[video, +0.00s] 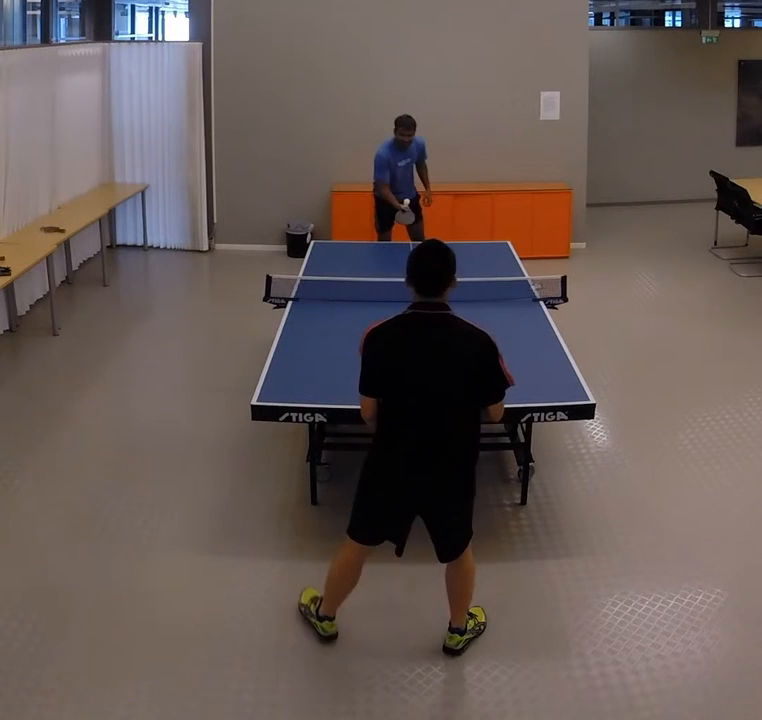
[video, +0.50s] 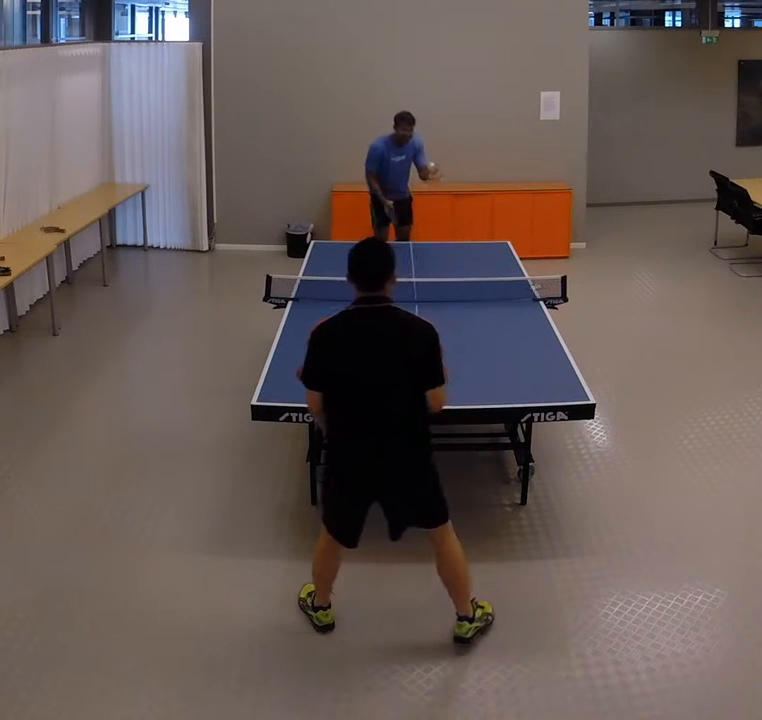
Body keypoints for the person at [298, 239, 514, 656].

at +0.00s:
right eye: (451, 275)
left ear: (409, 280)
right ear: (453, 281)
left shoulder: (380, 337)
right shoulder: (477, 342)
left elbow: (368, 411)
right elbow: (495, 411)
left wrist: (396, 427)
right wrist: (461, 394)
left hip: (390, 464)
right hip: (451, 467)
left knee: (357, 544)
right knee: (457, 550)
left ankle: (325, 615)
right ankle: (458, 628)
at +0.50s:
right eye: (391, 271)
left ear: (349, 278)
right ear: (392, 277)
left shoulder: (326, 333)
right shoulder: (419, 331)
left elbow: (315, 403)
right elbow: (436, 400)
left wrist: (340, 426)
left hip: (349, 454)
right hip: (408, 453)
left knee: (334, 533)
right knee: (441, 532)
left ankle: (320, 604)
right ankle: (467, 615)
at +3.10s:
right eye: (416, 301)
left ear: (377, 305)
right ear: (421, 306)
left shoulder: (345, 360)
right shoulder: (440, 370)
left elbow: (324, 428)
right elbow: (462, 441)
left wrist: (335, 462)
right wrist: (432, 414)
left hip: (345, 488)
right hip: (407, 491)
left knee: (304, 564)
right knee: (432, 555)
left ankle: (271, 642)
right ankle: (440, 640)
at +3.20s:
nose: (415, 303)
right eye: (416, 298)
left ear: (374, 301)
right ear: (417, 303)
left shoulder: (340, 355)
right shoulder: (436, 367)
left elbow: (320, 426)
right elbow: (456, 438)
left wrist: (335, 456)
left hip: (341, 486)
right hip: (402, 489)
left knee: (302, 565)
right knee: (431, 557)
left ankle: (271, 643)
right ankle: (440, 641)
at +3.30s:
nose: (415, 301)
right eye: (416, 295)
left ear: (373, 298)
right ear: (417, 300)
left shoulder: (337, 353)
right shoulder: (435, 365)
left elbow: (318, 420)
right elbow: (455, 431)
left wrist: (331, 455)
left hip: (338, 485)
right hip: (399, 488)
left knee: (302, 564)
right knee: (429, 558)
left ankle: (272, 643)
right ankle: (440, 641)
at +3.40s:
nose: (419, 301)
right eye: (420, 296)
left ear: (377, 298)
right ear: (419, 301)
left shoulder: (340, 351)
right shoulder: (433, 365)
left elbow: (314, 417)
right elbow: (458, 411)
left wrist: (334, 447)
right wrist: (453, 371)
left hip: (335, 482)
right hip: (394, 487)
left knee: (298, 555)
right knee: (425, 557)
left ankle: (267, 636)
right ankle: (440, 639)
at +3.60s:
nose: (427, 318)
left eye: (425, 309)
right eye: (426, 310)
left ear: (381, 310)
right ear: (419, 315)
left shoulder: (344, 354)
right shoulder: (420, 386)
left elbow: (300, 400)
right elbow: (446, 460)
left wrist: (314, 431)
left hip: (322, 483)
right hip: (378, 495)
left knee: (288, 547)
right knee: (423, 555)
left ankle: (249, 624)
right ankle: (440, 640)